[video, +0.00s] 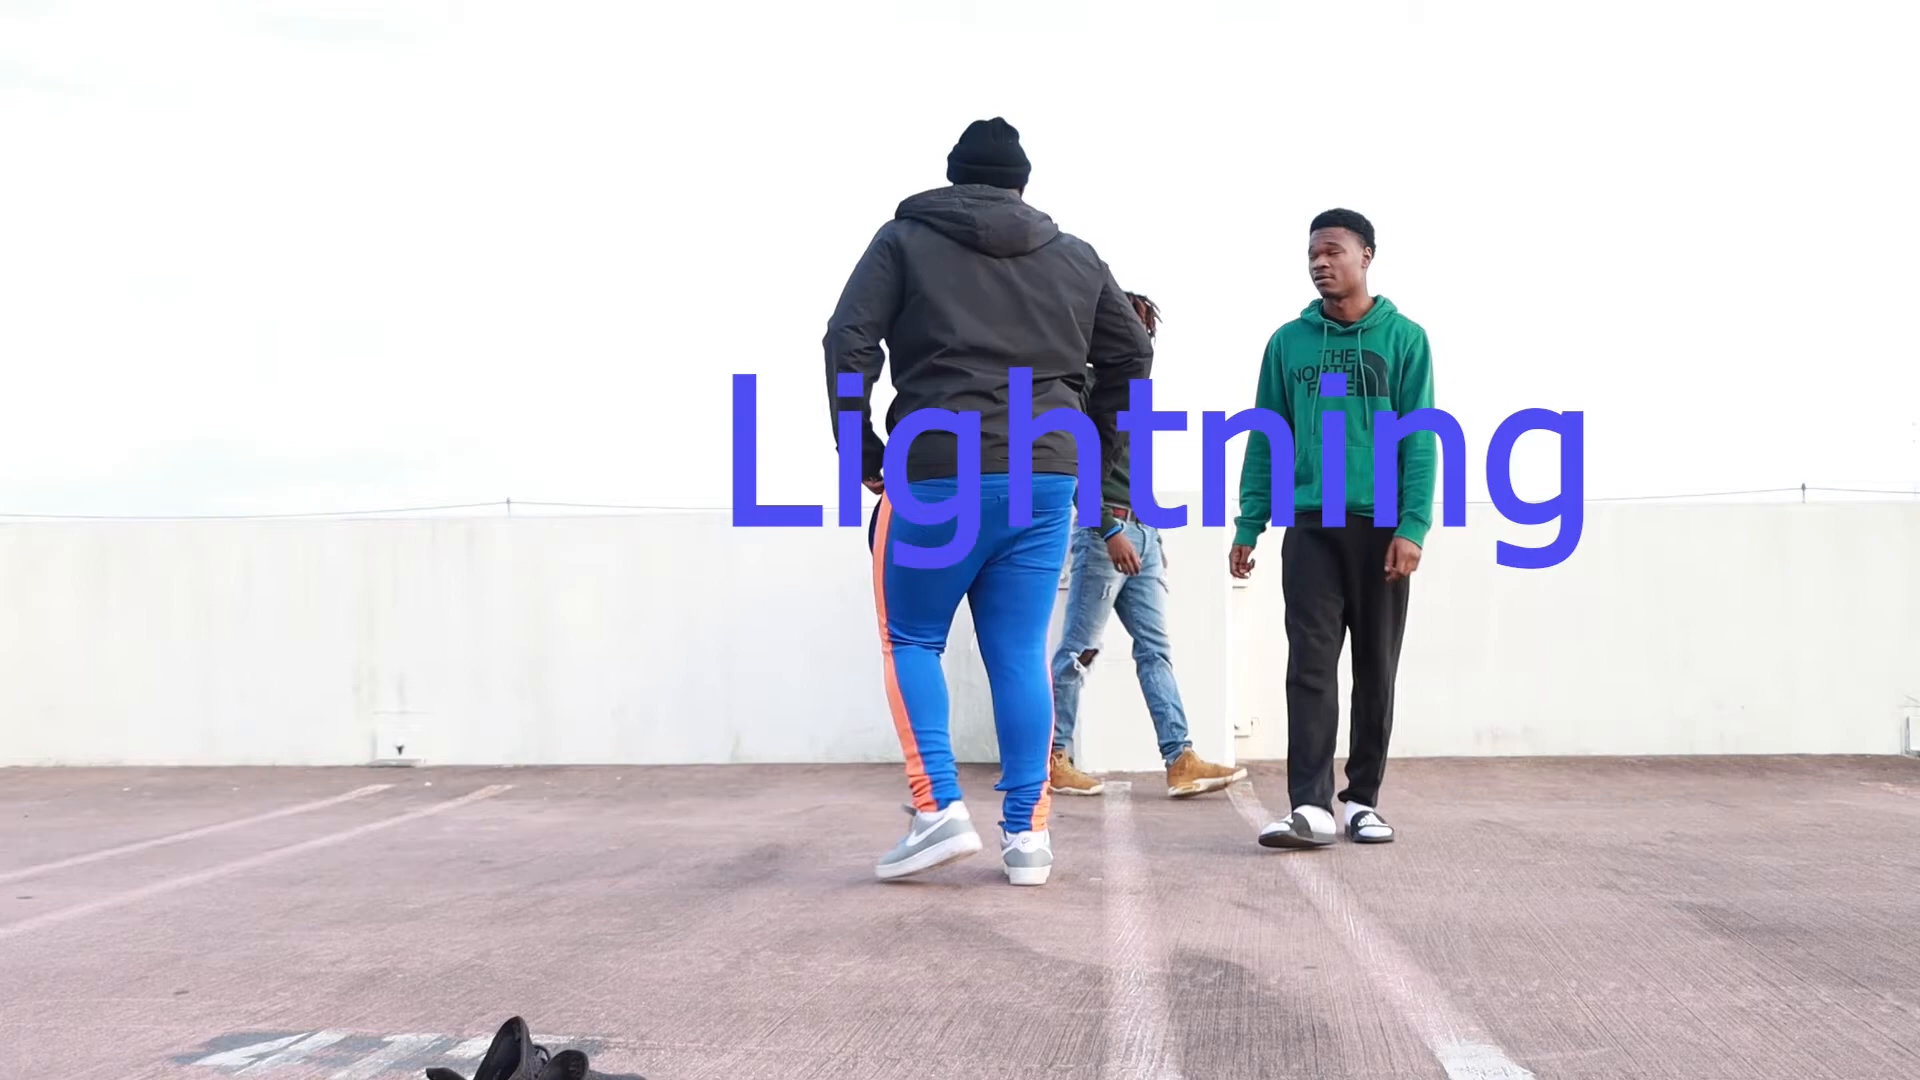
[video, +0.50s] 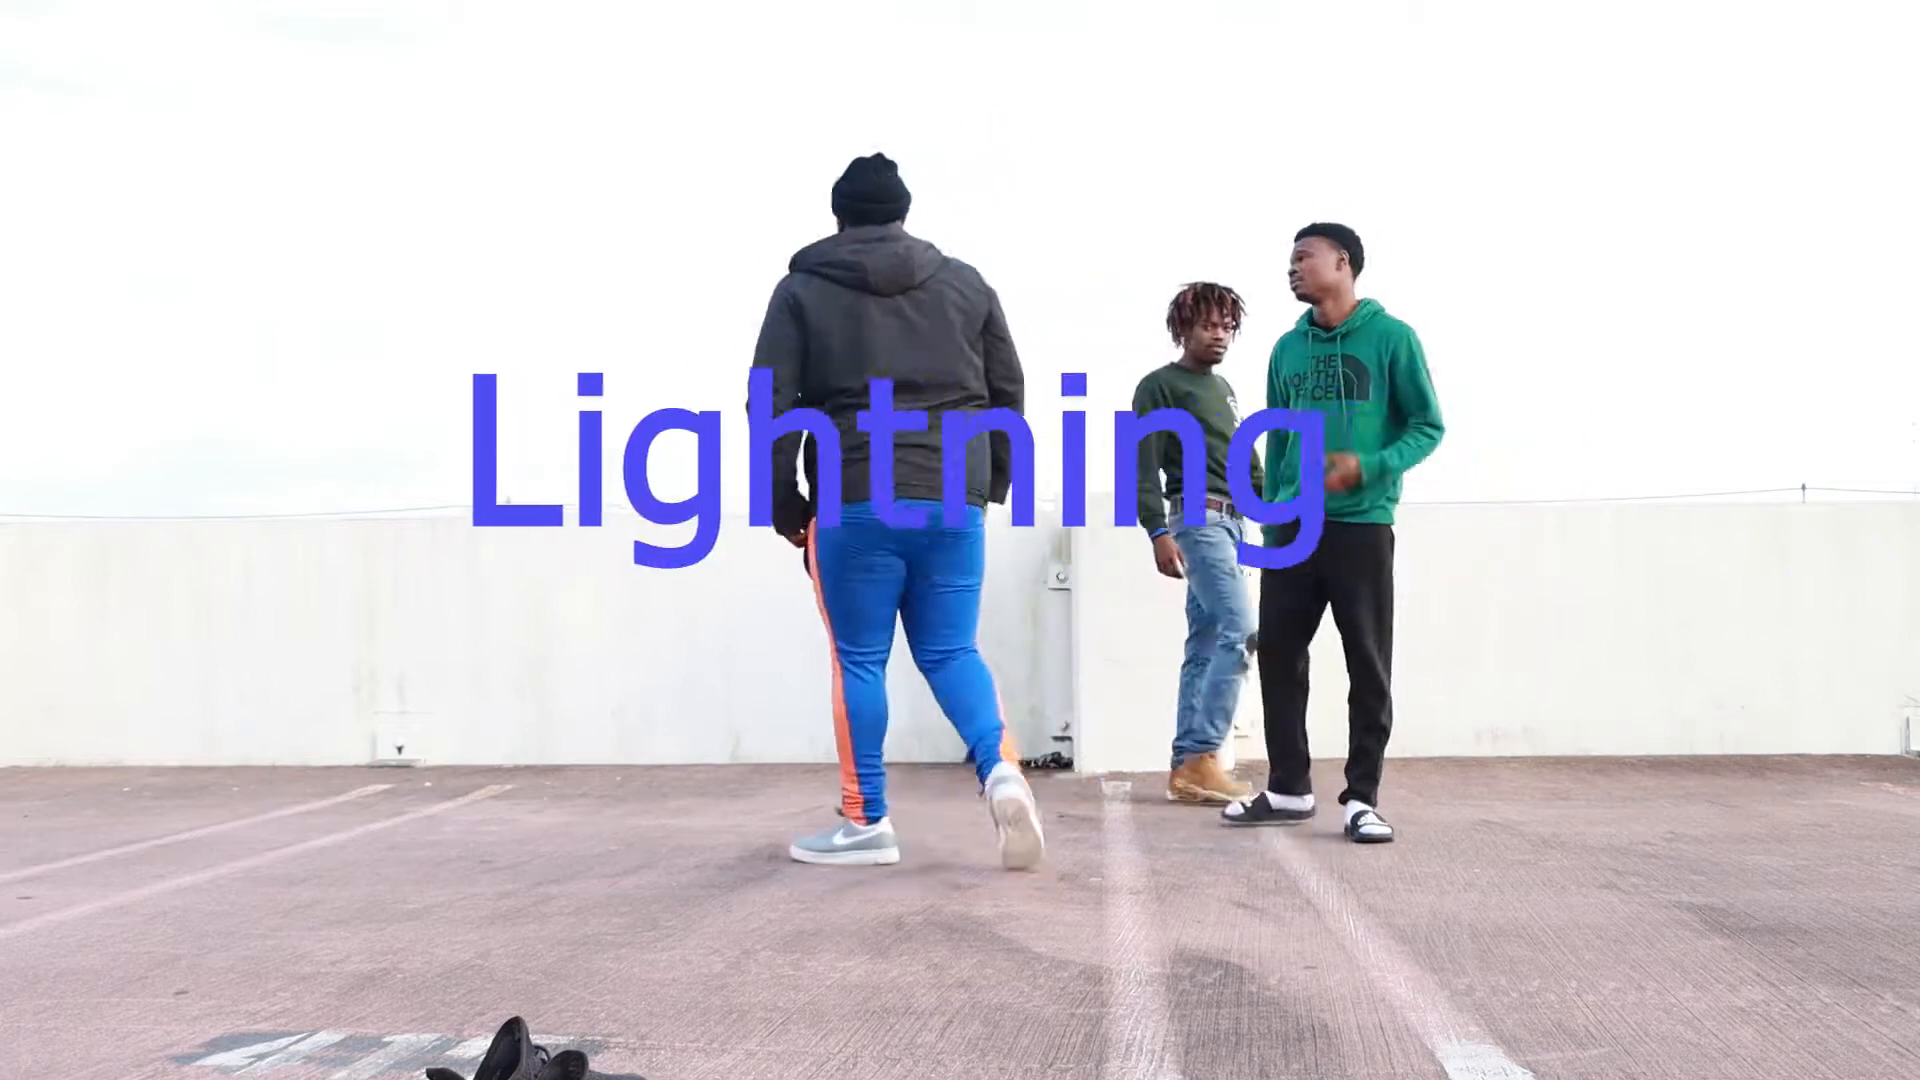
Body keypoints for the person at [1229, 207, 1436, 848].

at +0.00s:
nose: (1323, 262)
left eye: (1336, 251)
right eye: (1316, 254)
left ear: (1368, 259)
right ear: (1309, 265)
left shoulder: (1405, 339)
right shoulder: (1287, 342)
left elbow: (1420, 438)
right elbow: (1264, 440)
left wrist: (1412, 528)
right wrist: (1249, 527)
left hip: (1380, 528)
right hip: (1309, 527)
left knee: (1375, 672)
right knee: (1310, 666)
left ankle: (1360, 803)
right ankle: (1310, 806)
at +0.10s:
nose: (1313, 265)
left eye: (1325, 253)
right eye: (1309, 255)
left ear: (1364, 257)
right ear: (1308, 264)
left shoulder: (1406, 337)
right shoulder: (1290, 341)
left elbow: (1423, 439)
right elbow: (1268, 440)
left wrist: (1419, 534)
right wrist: (1251, 529)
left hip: (1382, 529)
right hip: (1309, 527)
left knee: (1372, 672)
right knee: (1306, 664)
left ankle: (1361, 803)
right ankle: (1308, 805)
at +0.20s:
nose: (1306, 266)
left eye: (1317, 254)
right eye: (1304, 256)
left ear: (1357, 259)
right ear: (1317, 265)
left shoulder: (1406, 337)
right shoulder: (1294, 341)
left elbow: (1426, 438)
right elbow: (1270, 439)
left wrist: (1425, 535)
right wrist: (1259, 528)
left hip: (1380, 527)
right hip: (1305, 526)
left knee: (1373, 669)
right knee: (1294, 658)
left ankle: (1362, 802)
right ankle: (1301, 804)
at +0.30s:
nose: (1304, 265)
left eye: (1315, 254)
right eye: (1302, 257)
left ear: (1355, 258)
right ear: (1314, 266)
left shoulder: (1405, 338)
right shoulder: (1293, 344)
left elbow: (1431, 439)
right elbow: (1274, 444)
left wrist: (1426, 530)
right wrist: (1265, 532)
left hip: (1376, 532)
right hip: (1300, 529)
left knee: (1373, 670)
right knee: (1282, 659)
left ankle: (1362, 802)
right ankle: (1292, 802)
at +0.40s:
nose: (1298, 265)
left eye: (1310, 254)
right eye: (1298, 256)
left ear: (1350, 260)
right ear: (1313, 268)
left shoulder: (1400, 338)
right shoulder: (1291, 345)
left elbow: (1432, 442)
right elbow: (1276, 444)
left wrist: (1404, 512)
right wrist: (1272, 529)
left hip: (1369, 532)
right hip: (1297, 530)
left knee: (1371, 670)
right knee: (1278, 656)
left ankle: (1361, 801)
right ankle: (1287, 796)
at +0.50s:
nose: (1294, 268)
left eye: (1305, 257)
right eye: (1293, 260)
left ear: (1344, 263)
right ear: (1306, 271)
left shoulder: (1392, 337)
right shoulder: (1287, 348)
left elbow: (1428, 428)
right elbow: (1277, 435)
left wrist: (1367, 465)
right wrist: (1272, 488)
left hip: (1360, 528)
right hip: (1293, 527)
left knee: (1367, 663)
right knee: (1277, 651)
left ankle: (1361, 801)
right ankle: (1290, 790)